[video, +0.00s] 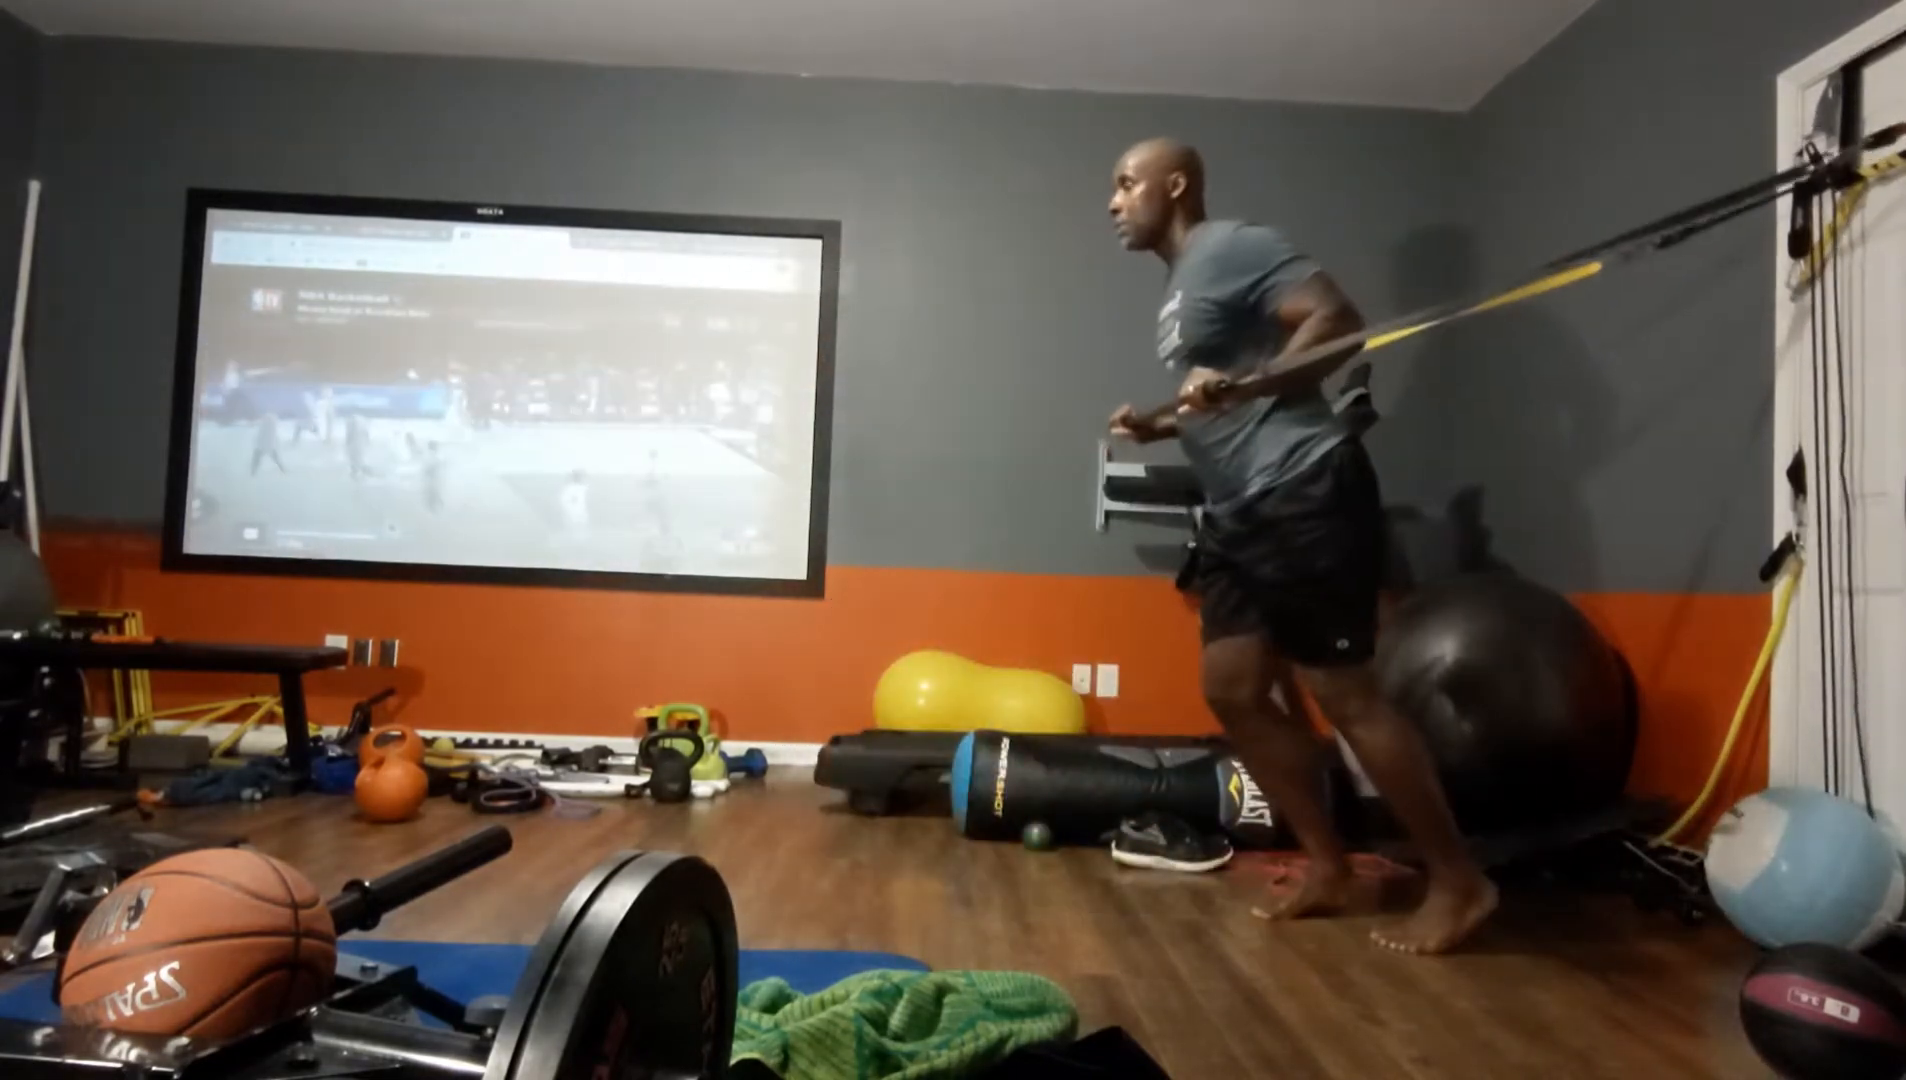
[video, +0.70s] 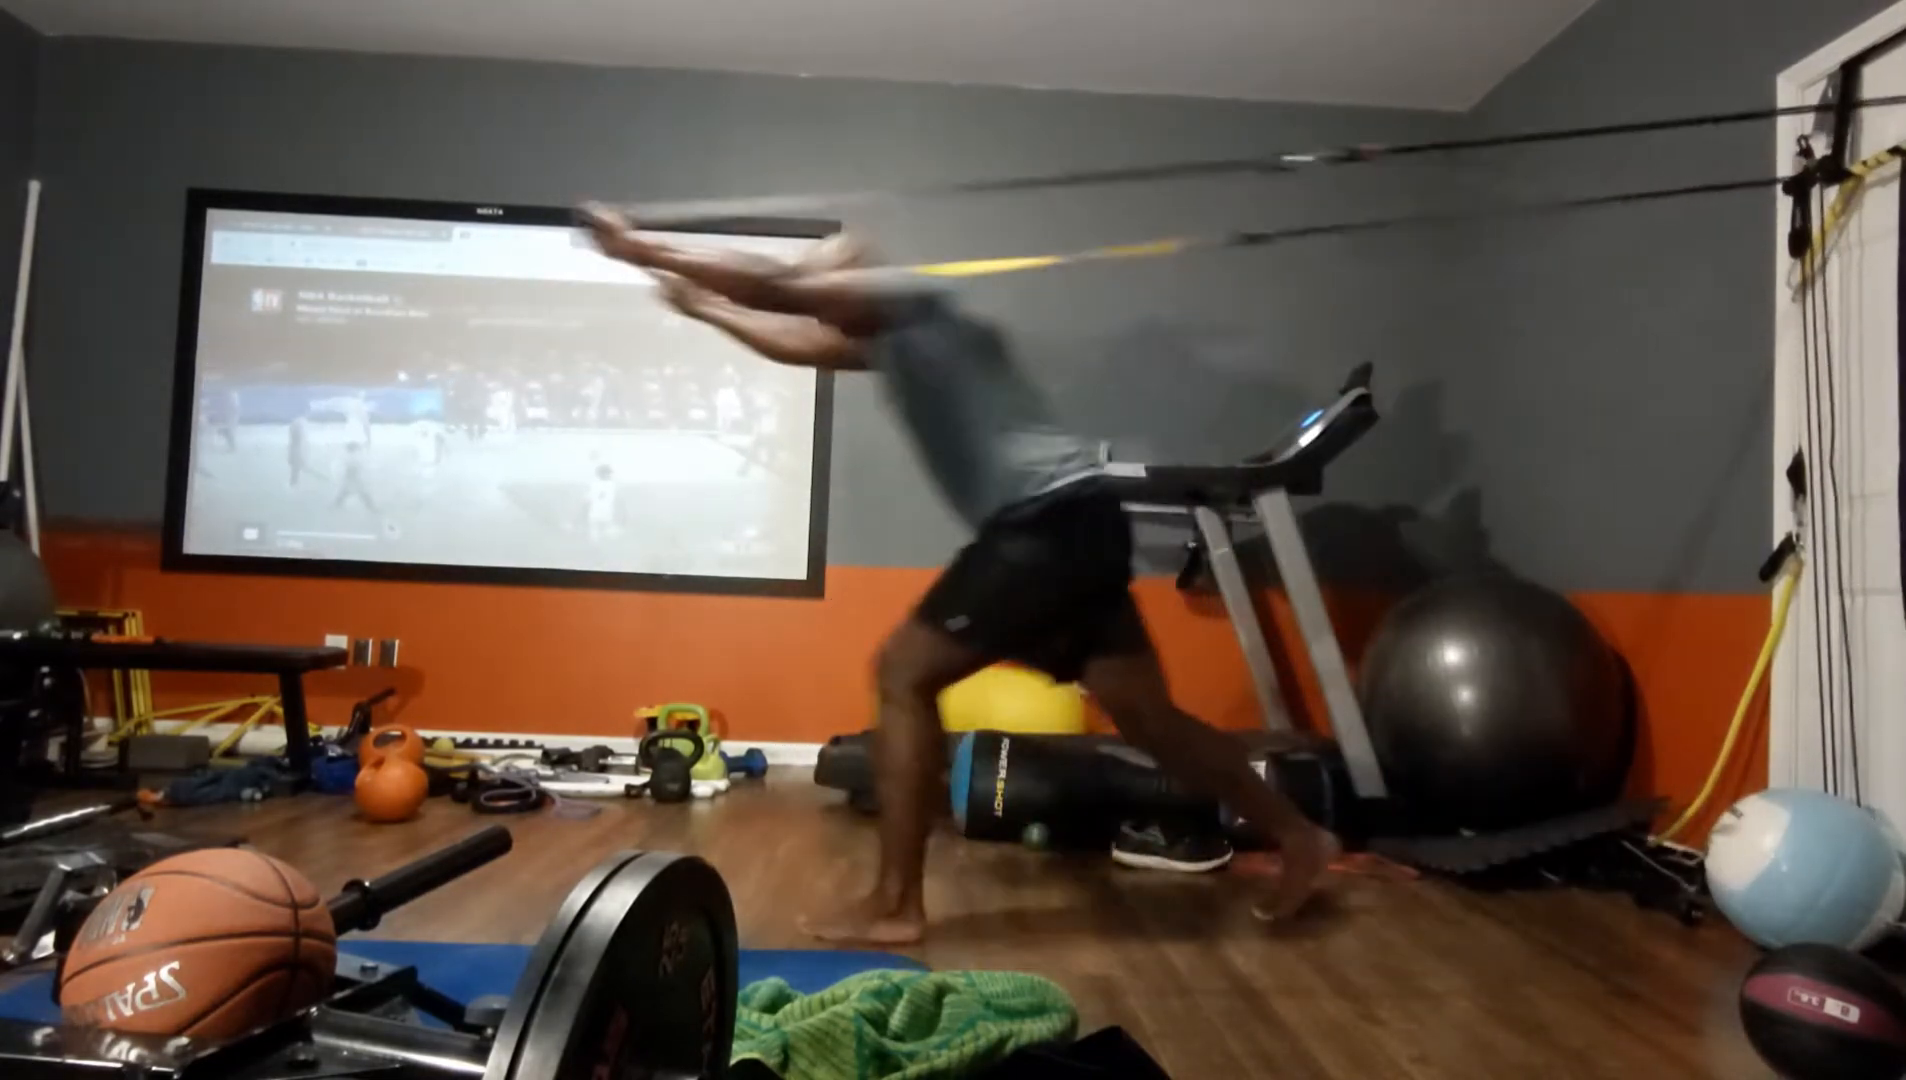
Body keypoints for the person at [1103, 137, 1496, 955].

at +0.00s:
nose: (1113, 202)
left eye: (1127, 185)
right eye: (1114, 187)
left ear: (1177, 188)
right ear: (1168, 192)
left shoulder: (1231, 246)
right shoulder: (1179, 288)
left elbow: (1338, 320)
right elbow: (1237, 402)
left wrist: (1246, 384)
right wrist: (1162, 424)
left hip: (1311, 495)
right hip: (1242, 511)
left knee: (1346, 693)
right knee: (1234, 690)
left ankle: (1459, 884)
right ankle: (1325, 869)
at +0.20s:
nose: (1078, 220)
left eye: (1088, 201)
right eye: (1076, 207)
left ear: (1139, 196)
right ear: (1116, 207)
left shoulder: (1193, 252)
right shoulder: (1143, 297)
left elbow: (1299, 324)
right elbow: (1200, 406)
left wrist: (1211, 391)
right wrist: (1133, 424)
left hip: (1263, 509)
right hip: (1194, 526)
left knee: (1308, 704)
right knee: (1197, 701)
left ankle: (1453, 876)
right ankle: (1322, 861)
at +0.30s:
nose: (1052, 236)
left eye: (1060, 215)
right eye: (1049, 222)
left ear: (1110, 202)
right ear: (1086, 216)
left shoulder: (1168, 257)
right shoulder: (1115, 299)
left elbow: (1266, 334)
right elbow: (1163, 402)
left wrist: (1173, 391)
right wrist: (1098, 420)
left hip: (1219, 505)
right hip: (1168, 518)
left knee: (1210, 708)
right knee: (1192, 710)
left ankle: (1398, 845)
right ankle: (1319, 858)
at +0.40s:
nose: (1019, 254)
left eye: (1025, 234)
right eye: (1011, 241)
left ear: (1071, 214)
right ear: (1058, 224)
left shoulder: (1136, 271)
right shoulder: (1077, 316)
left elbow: (1220, 354)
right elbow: (1115, 412)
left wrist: (1118, 389)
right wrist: (1050, 416)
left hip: (1184, 513)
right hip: (1149, 520)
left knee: (1115, 708)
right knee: (1183, 708)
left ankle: (1302, 833)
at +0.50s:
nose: (968, 262)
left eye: (974, 241)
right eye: (959, 250)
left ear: (1020, 223)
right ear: (969, 255)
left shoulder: (1076, 274)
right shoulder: (1027, 319)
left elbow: (1121, 361)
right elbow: (1040, 416)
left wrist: (1001, 356)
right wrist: (959, 396)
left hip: (1149, 504)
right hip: (1120, 514)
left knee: (1019, 665)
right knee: (1182, 725)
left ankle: (1125, 829)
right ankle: (1314, 854)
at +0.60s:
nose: (920, 282)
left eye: (925, 266)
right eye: (908, 273)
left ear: (954, 251)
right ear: (906, 277)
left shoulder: (1015, 287)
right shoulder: (965, 338)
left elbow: (939, 308)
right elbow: (911, 384)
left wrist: (815, 297)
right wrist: (822, 345)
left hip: (1104, 506)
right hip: (1101, 514)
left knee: (957, 651)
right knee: (1178, 720)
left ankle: (942, 884)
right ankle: (1320, 856)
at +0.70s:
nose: (814, 299)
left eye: (816, 283)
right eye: (816, 293)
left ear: (856, 272)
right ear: (864, 288)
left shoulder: (924, 304)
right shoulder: (903, 343)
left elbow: (776, 282)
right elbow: (793, 343)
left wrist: (637, 244)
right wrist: (701, 303)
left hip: (1042, 528)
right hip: (1080, 530)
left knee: (902, 671)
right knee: (1147, 716)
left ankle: (896, 907)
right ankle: (1304, 845)